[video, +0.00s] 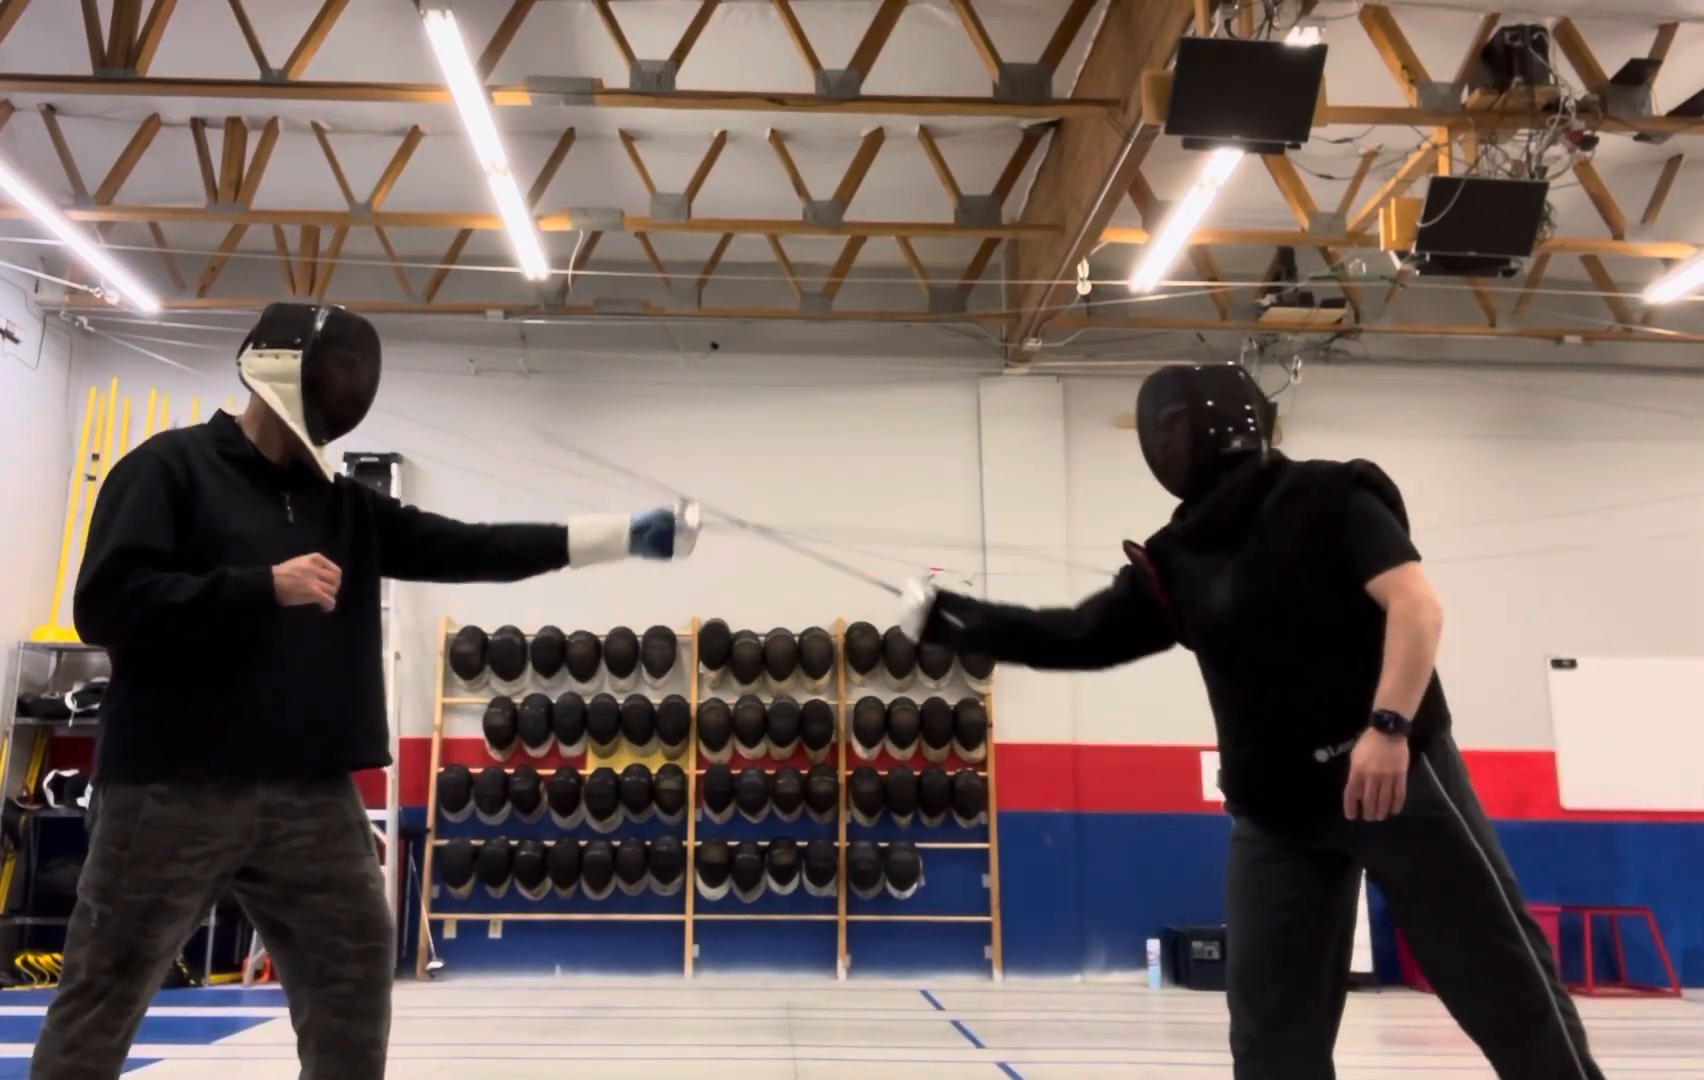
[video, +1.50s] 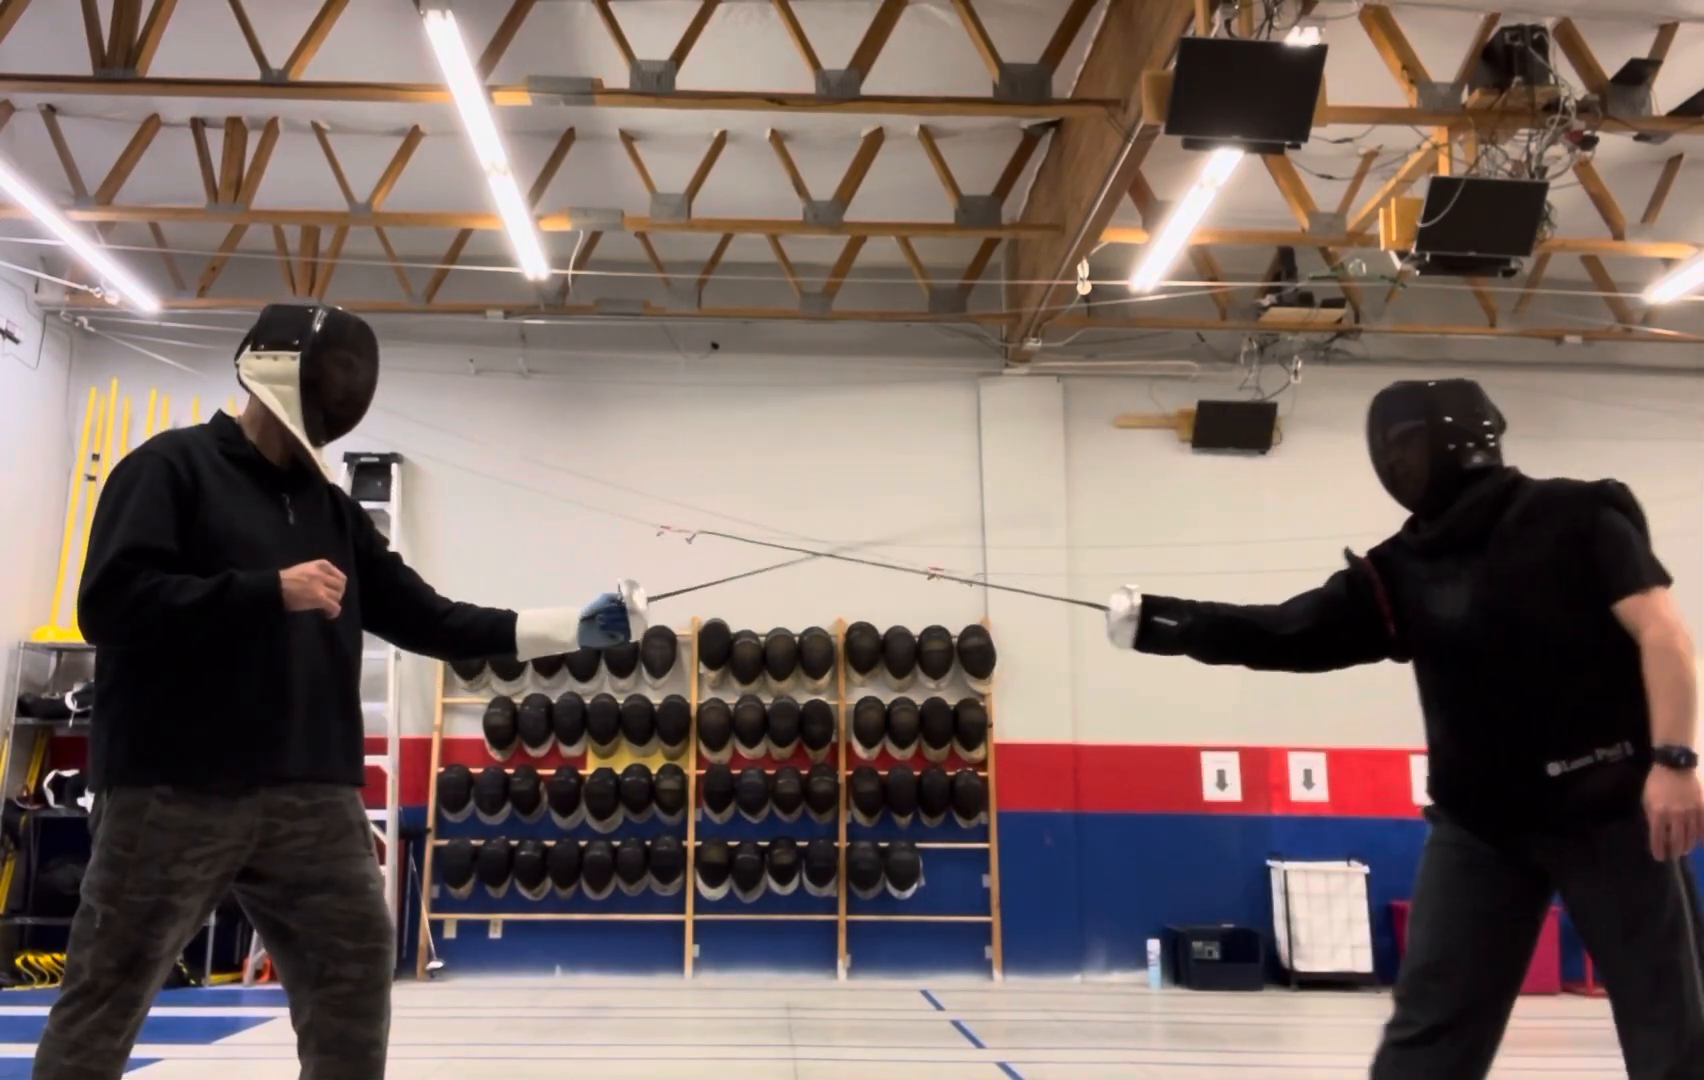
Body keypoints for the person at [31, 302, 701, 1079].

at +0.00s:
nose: (340, 418)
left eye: (351, 401)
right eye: (329, 394)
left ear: (352, 398)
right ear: (273, 374)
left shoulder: (343, 508)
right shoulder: (162, 471)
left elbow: (469, 548)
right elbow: (104, 602)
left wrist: (622, 536)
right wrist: (263, 585)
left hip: (309, 798)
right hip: (167, 795)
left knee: (351, 1000)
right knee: (97, 1008)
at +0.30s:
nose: (314, 417)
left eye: (327, 401)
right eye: (302, 392)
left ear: (333, 398)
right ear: (255, 373)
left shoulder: (321, 507)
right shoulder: (151, 470)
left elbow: (390, 637)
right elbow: (91, 604)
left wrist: (514, 662)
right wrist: (248, 586)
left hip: (306, 798)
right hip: (165, 796)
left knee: (350, 983)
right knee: (100, 1005)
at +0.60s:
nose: (324, 401)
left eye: (334, 385)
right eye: (312, 378)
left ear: (331, 391)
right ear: (262, 368)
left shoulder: (323, 507)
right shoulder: (153, 469)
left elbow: (407, 623)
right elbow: (102, 606)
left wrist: (547, 645)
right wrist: (257, 584)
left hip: (305, 795)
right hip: (167, 792)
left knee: (350, 974)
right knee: (102, 1003)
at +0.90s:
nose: (331, 402)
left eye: (341, 387)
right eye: (320, 380)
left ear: (335, 394)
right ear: (266, 368)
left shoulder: (330, 508)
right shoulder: (160, 470)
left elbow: (420, 618)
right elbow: (107, 605)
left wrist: (568, 636)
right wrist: (263, 587)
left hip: (311, 797)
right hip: (171, 794)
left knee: (353, 985)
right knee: (105, 1003)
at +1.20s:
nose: (339, 404)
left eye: (346, 388)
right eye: (329, 381)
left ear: (335, 394)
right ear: (276, 372)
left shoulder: (331, 510)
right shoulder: (160, 471)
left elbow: (421, 619)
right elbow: (106, 604)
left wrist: (569, 633)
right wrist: (262, 588)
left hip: (310, 795)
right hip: (172, 791)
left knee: (353, 986)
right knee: (104, 1003)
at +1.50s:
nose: (340, 405)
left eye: (347, 389)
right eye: (330, 382)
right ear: (277, 373)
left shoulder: (329, 511)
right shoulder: (163, 469)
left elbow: (425, 619)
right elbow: (109, 601)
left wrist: (573, 629)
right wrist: (265, 589)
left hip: (307, 794)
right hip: (171, 789)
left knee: (352, 979)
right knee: (104, 999)